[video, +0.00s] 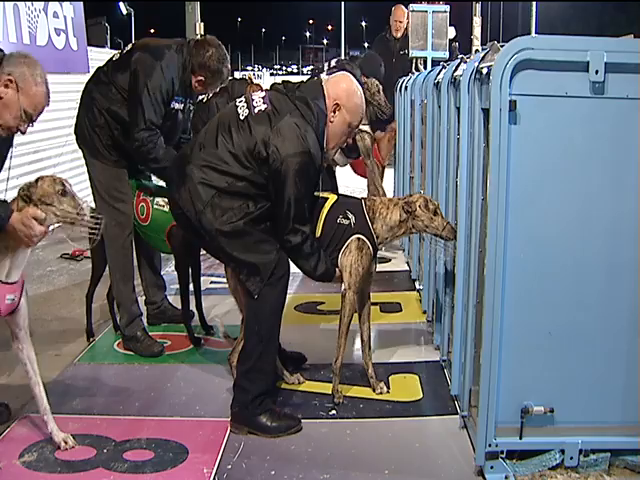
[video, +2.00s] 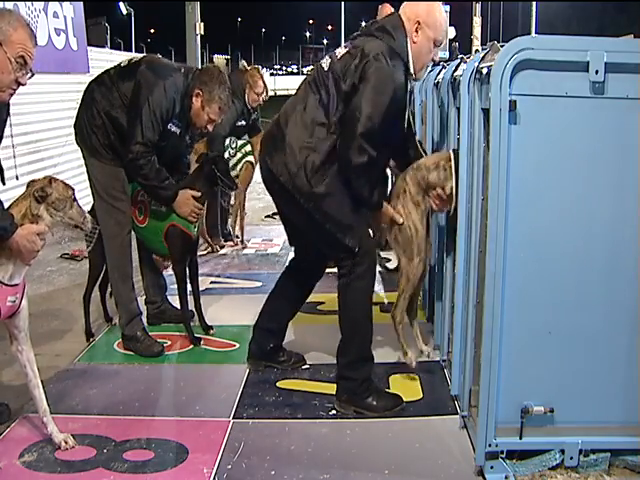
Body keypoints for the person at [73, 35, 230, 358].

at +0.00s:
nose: (205, 95)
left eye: (209, 91)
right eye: (206, 90)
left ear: (198, 74)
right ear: (197, 78)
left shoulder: (189, 67)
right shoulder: (157, 68)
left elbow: (181, 135)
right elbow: (141, 137)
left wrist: (192, 171)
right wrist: (178, 169)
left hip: (134, 132)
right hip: (102, 131)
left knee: (146, 218)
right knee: (120, 219)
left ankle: (157, 304)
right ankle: (130, 325)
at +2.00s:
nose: (210, 128)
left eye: (216, 123)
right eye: (210, 120)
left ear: (198, 97)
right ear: (196, 98)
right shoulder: (160, 89)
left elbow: (177, 160)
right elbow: (136, 154)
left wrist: (183, 194)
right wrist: (172, 196)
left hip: (137, 134)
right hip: (101, 131)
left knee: (146, 217)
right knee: (118, 223)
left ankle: (158, 305)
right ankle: (131, 327)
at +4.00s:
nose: (211, 92)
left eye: (216, 86)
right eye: (209, 84)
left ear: (196, 65)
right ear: (191, 67)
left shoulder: (192, 79)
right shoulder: (152, 70)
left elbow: (183, 134)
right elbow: (139, 141)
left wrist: (192, 162)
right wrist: (182, 165)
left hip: (140, 138)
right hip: (104, 135)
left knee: (152, 218)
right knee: (125, 221)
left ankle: (158, 303)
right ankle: (131, 325)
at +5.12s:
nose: (240, 71)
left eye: (245, 65)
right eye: (238, 63)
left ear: (230, 50)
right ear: (220, 46)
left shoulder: (221, 70)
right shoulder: (182, 54)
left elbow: (216, 122)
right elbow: (169, 120)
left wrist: (223, 145)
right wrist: (208, 149)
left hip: (183, 144)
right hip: (142, 139)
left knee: (199, 217)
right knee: (152, 219)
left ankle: (210, 301)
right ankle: (134, 324)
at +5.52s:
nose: (272, 52)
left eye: (275, 45)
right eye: (270, 44)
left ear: (261, 39)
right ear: (256, 37)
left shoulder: (257, 56)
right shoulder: (222, 42)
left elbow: (252, 108)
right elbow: (208, 106)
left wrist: (255, 138)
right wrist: (241, 141)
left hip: (209, 134)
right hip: (173, 127)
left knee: (214, 212)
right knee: (190, 213)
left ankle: (211, 300)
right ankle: (169, 315)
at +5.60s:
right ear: (263, 23)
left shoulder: (259, 47)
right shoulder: (226, 38)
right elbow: (215, 106)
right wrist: (251, 142)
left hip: (208, 134)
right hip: (179, 129)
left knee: (217, 216)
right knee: (199, 220)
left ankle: (213, 300)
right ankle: (202, 322)